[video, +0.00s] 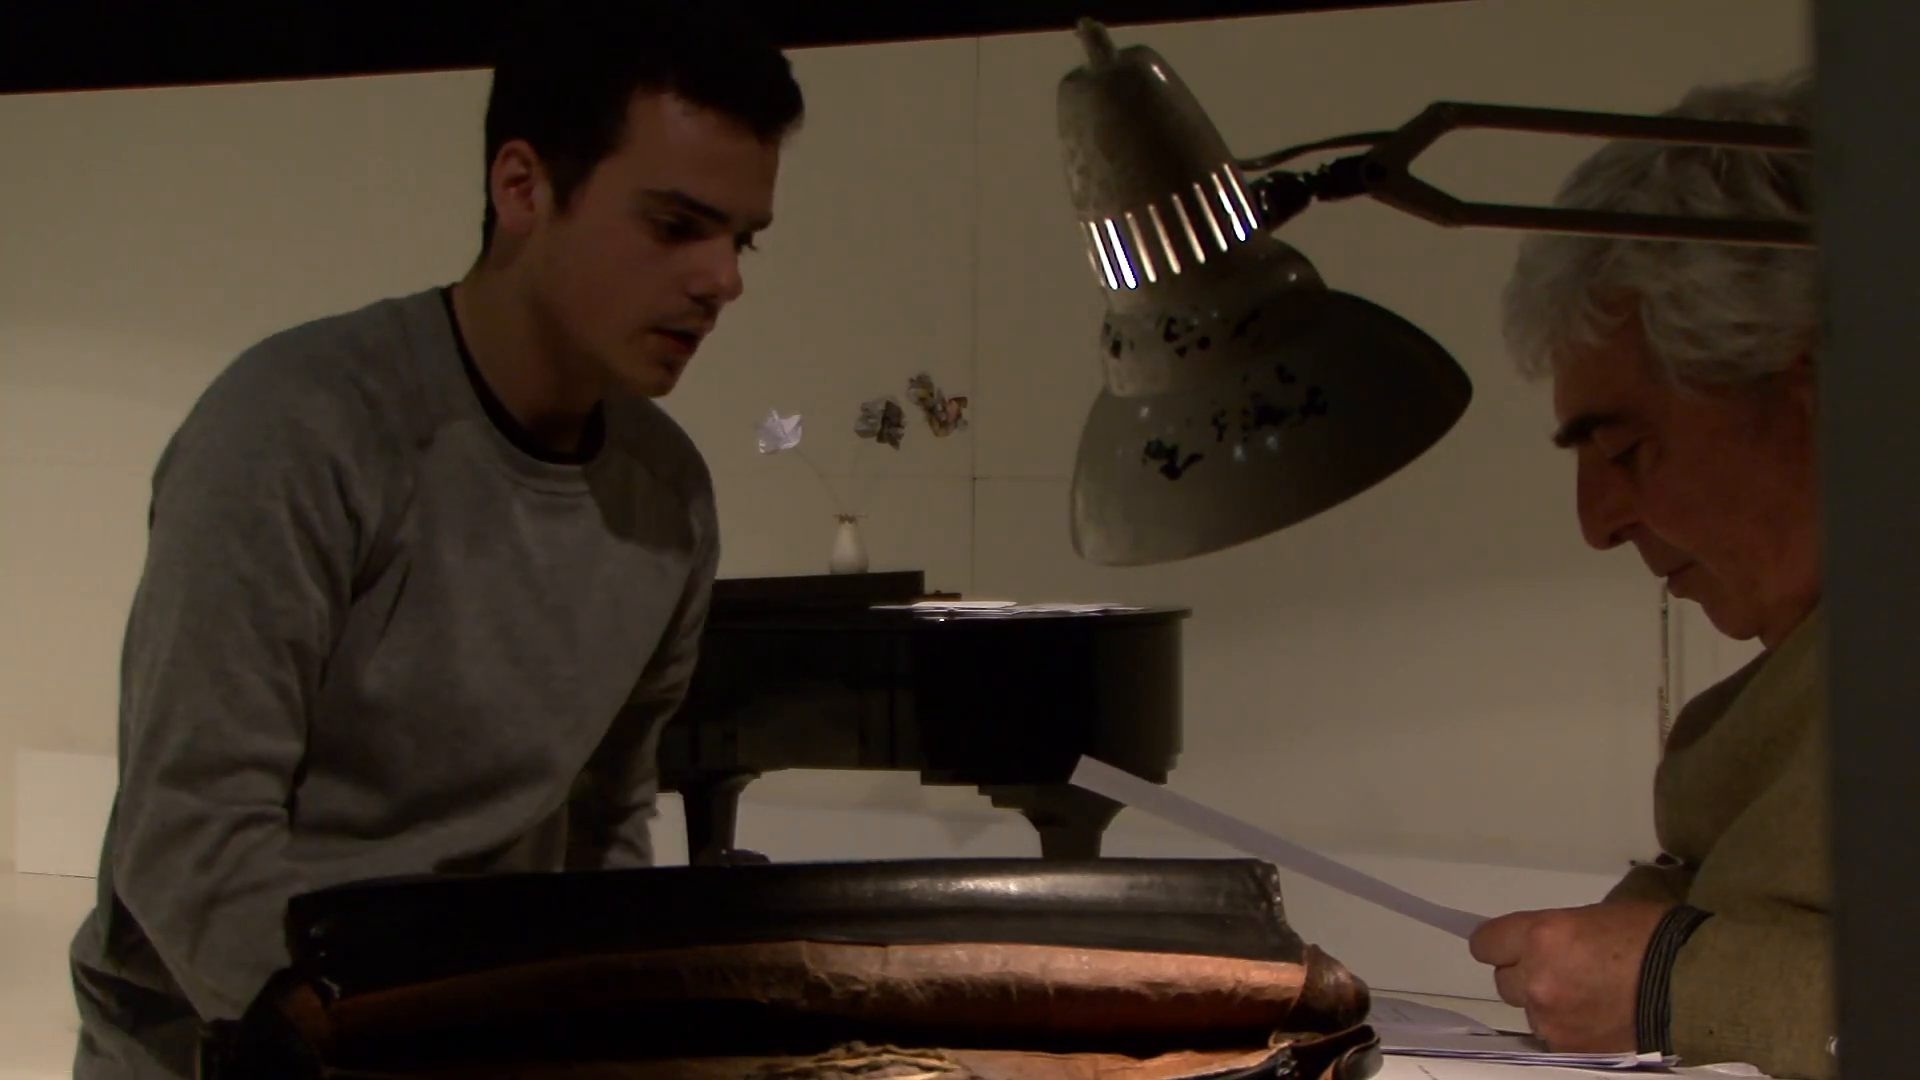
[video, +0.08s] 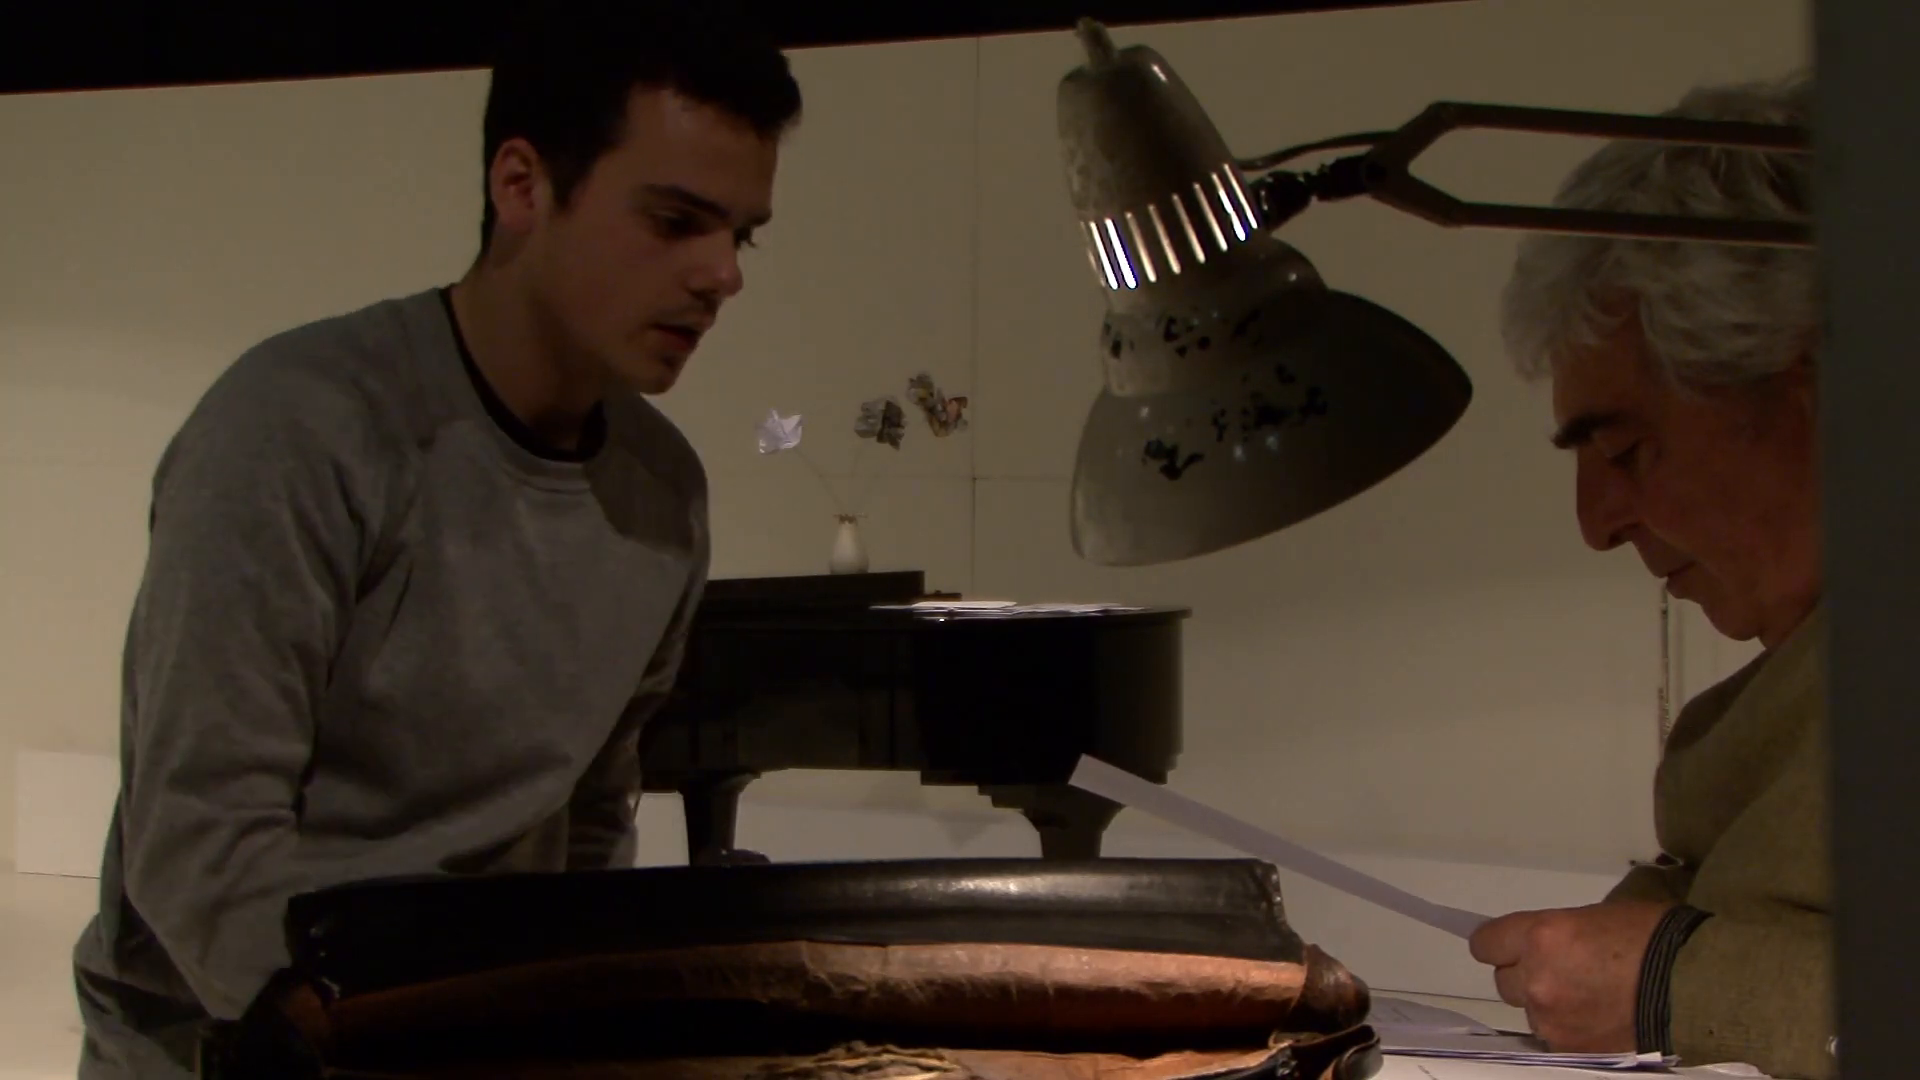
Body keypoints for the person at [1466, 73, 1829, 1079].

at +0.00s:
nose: (1598, 524)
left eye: (1620, 446)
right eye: (1588, 461)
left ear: (1806, 379)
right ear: (1801, 377)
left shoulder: (1871, 654)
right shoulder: (1790, 672)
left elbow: (1894, 1008)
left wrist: (1673, 984)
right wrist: (1642, 946)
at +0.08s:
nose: (1597, 525)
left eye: (1621, 448)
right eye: (1589, 463)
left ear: (1805, 379)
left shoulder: (1872, 653)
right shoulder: (1790, 672)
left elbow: (1895, 1007)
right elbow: (1714, 873)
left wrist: (1674, 984)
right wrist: (1639, 946)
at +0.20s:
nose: (1597, 526)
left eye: (1621, 448)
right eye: (1587, 463)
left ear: (1802, 380)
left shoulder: (1873, 655)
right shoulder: (1789, 674)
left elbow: (1892, 1007)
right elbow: (1715, 873)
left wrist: (1674, 985)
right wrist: (1641, 945)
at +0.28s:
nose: (1596, 528)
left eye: (1621, 450)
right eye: (1585, 465)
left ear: (1803, 379)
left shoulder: (1877, 653)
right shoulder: (1797, 665)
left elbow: (1894, 1007)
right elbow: (1726, 870)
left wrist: (1674, 983)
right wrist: (1641, 936)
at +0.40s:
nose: (1596, 528)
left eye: (1622, 451)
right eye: (1585, 466)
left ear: (1801, 388)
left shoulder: (1876, 660)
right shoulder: (1790, 675)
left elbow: (1894, 1007)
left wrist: (1674, 985)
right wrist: (1648, 935)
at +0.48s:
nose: (1596, 529)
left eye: (1621, 450)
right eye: (1585, 466)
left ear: (1800, 383)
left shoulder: (1876, 656)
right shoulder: (1787, 677)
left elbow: (1894, 1006)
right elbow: (1730, 873)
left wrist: (1674, 985)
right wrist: (1645, 933)